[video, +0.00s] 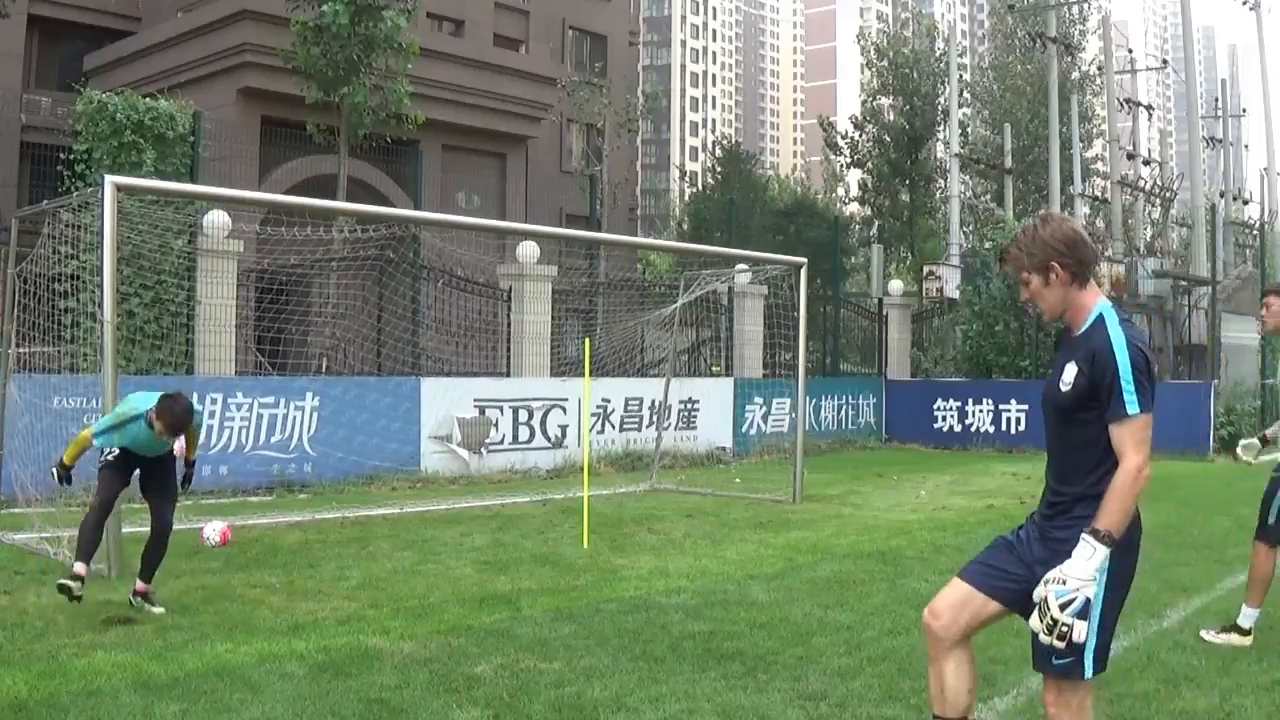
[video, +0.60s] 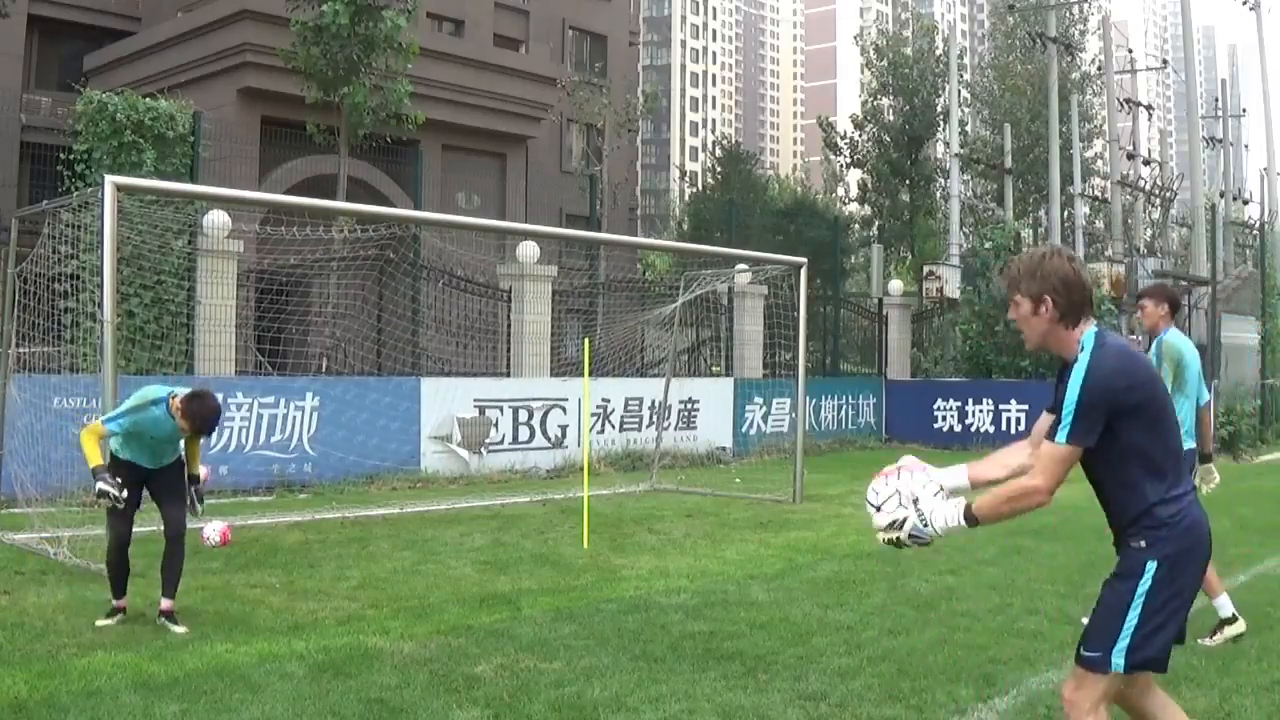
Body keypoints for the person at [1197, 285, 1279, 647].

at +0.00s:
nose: (1262, 315)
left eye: (1268, 308)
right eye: (1264, 307)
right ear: (1272, 311)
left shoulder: (1277, 349)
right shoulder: (1275, 349)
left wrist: (1269, 435)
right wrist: (1267, 435)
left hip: (1279, 469)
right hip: (1278, 467)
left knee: (1266, 538)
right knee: (1266, 538)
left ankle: (1245, 624)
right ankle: (1244, 624)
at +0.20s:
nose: (1219, 310)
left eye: (1224, 302)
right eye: (1219, 303)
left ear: (1247, 304)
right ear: (1240, 305)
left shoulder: (1258, 342)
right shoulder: (1247, 342)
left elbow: (1267, 402)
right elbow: (1252, 402)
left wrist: (1238, 449)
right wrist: (1229, 450)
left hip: (1258, 452)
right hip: (1251, 450)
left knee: (1232, 537)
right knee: (1234, 535)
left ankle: (1238, 627)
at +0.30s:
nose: (1203, 308)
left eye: (1208, 301)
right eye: (1203, 302)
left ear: (1230, 302)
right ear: (1224, 304)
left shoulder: (1242, 339)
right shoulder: (1230, 341)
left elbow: (1243, 403)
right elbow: (1234, 405)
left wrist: (1204, 444)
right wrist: (1202, 446)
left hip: (1242, 449)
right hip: (1230, 449)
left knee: (1226, 537)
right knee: (1200, 529)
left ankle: (1238, 628)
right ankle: (1249, 594)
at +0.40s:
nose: (1179, 308)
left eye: (1185, 301)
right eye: (1180, 302)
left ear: (1207, 305)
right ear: (1206, 307)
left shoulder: (1211, 341)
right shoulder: (1225, 340)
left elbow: (1207, 403)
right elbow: (1250, 399)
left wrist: (1167, 432)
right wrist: (1248, 446)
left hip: (1214, 451)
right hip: (1214, 450)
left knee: (1217, 537)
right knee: (1168, 518)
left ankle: (1237, 626)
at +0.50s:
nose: (1163, 311)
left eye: (1169, 305)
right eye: (1164, 305)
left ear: (1190, 307)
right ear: (1191, 310)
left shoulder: (1192, 342)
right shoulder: (1211, 342)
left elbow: (1185, 403)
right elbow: (1231, 399)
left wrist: (1150, 429)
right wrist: (1236, 448)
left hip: (1195, 450)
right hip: (1209, 448)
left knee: (1209, 536)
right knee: (1181, 531)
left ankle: (1235, 622)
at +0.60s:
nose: (1138, 314)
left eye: (1143, 308)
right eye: (1138, 308)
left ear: (1164, 310)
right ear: (1165, 312)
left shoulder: (1166, 344)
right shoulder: (1185, 345)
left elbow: (1154, 400)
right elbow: (1204, 403)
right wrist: (1207, 454)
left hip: (1167, 450)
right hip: (1184, 448)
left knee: (1146, 536)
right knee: (1184, 537)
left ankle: (1114, 612)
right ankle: (1228, 614)